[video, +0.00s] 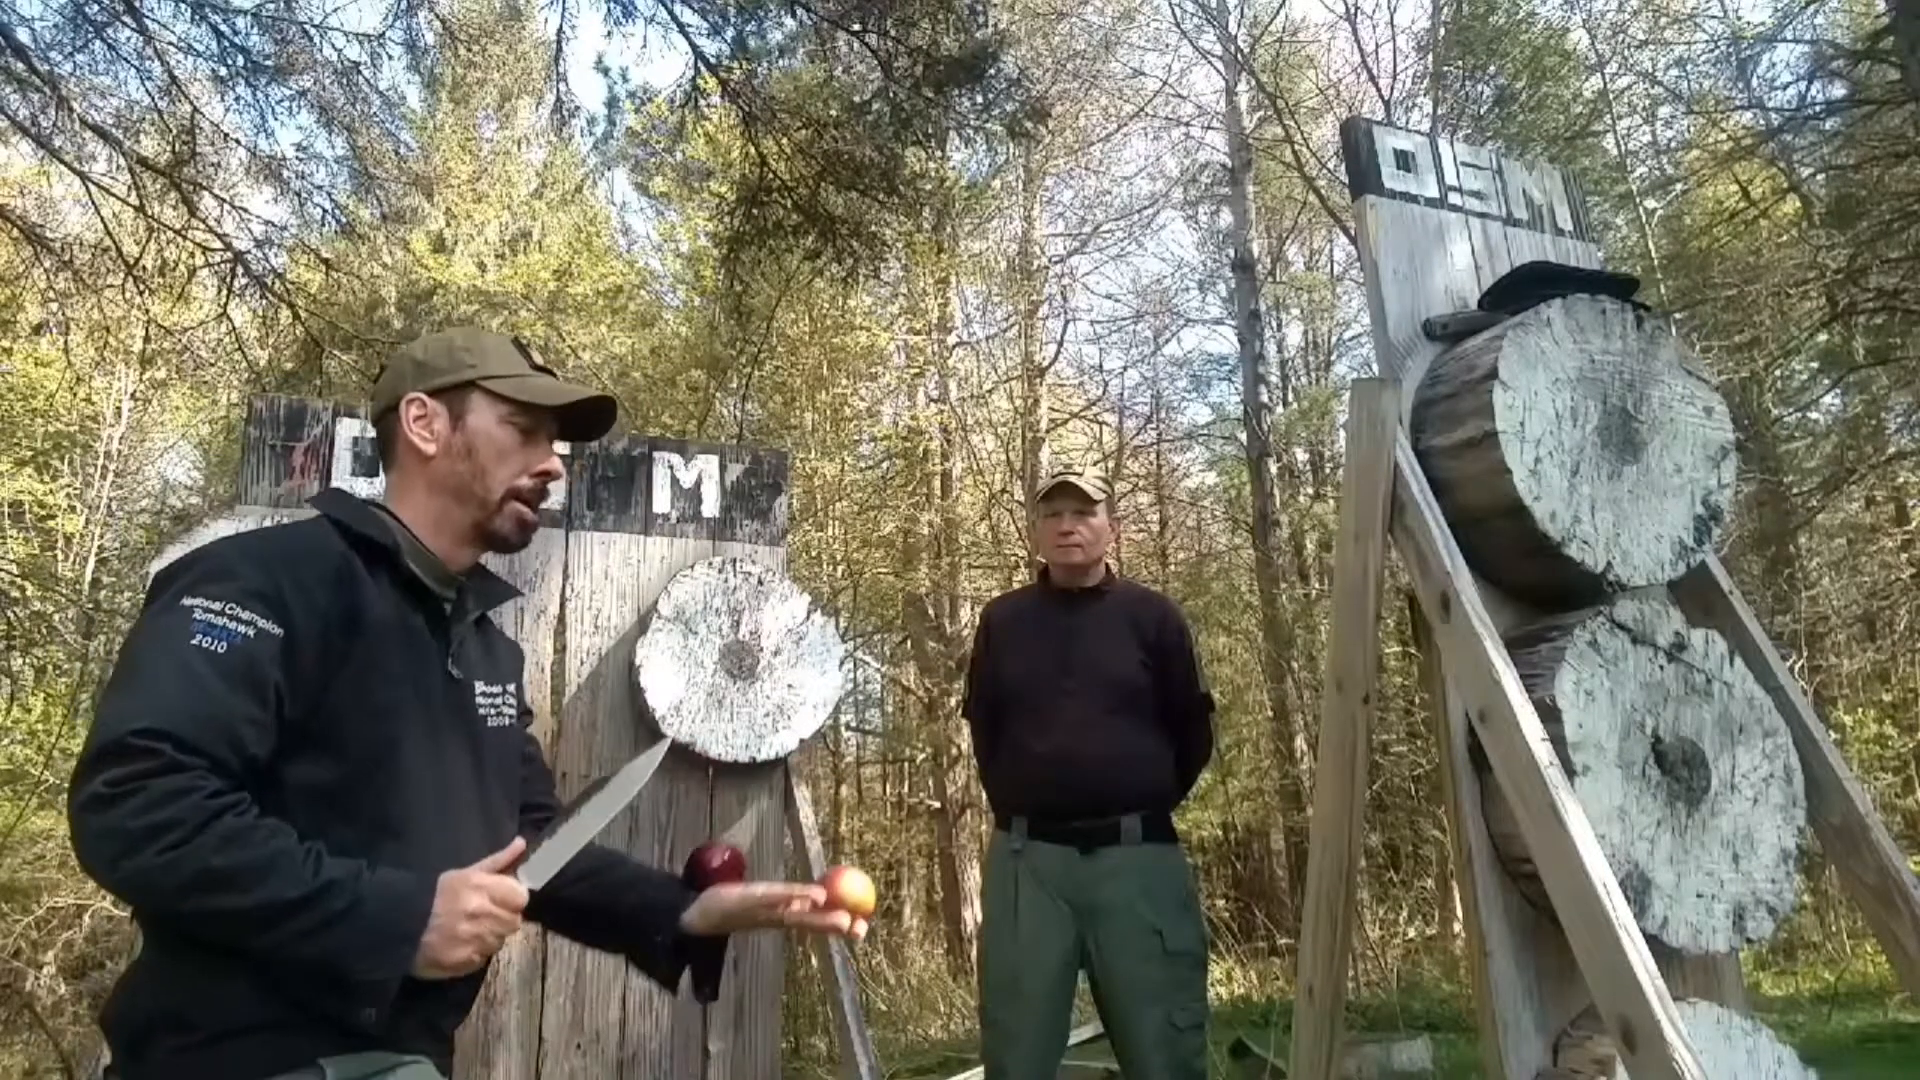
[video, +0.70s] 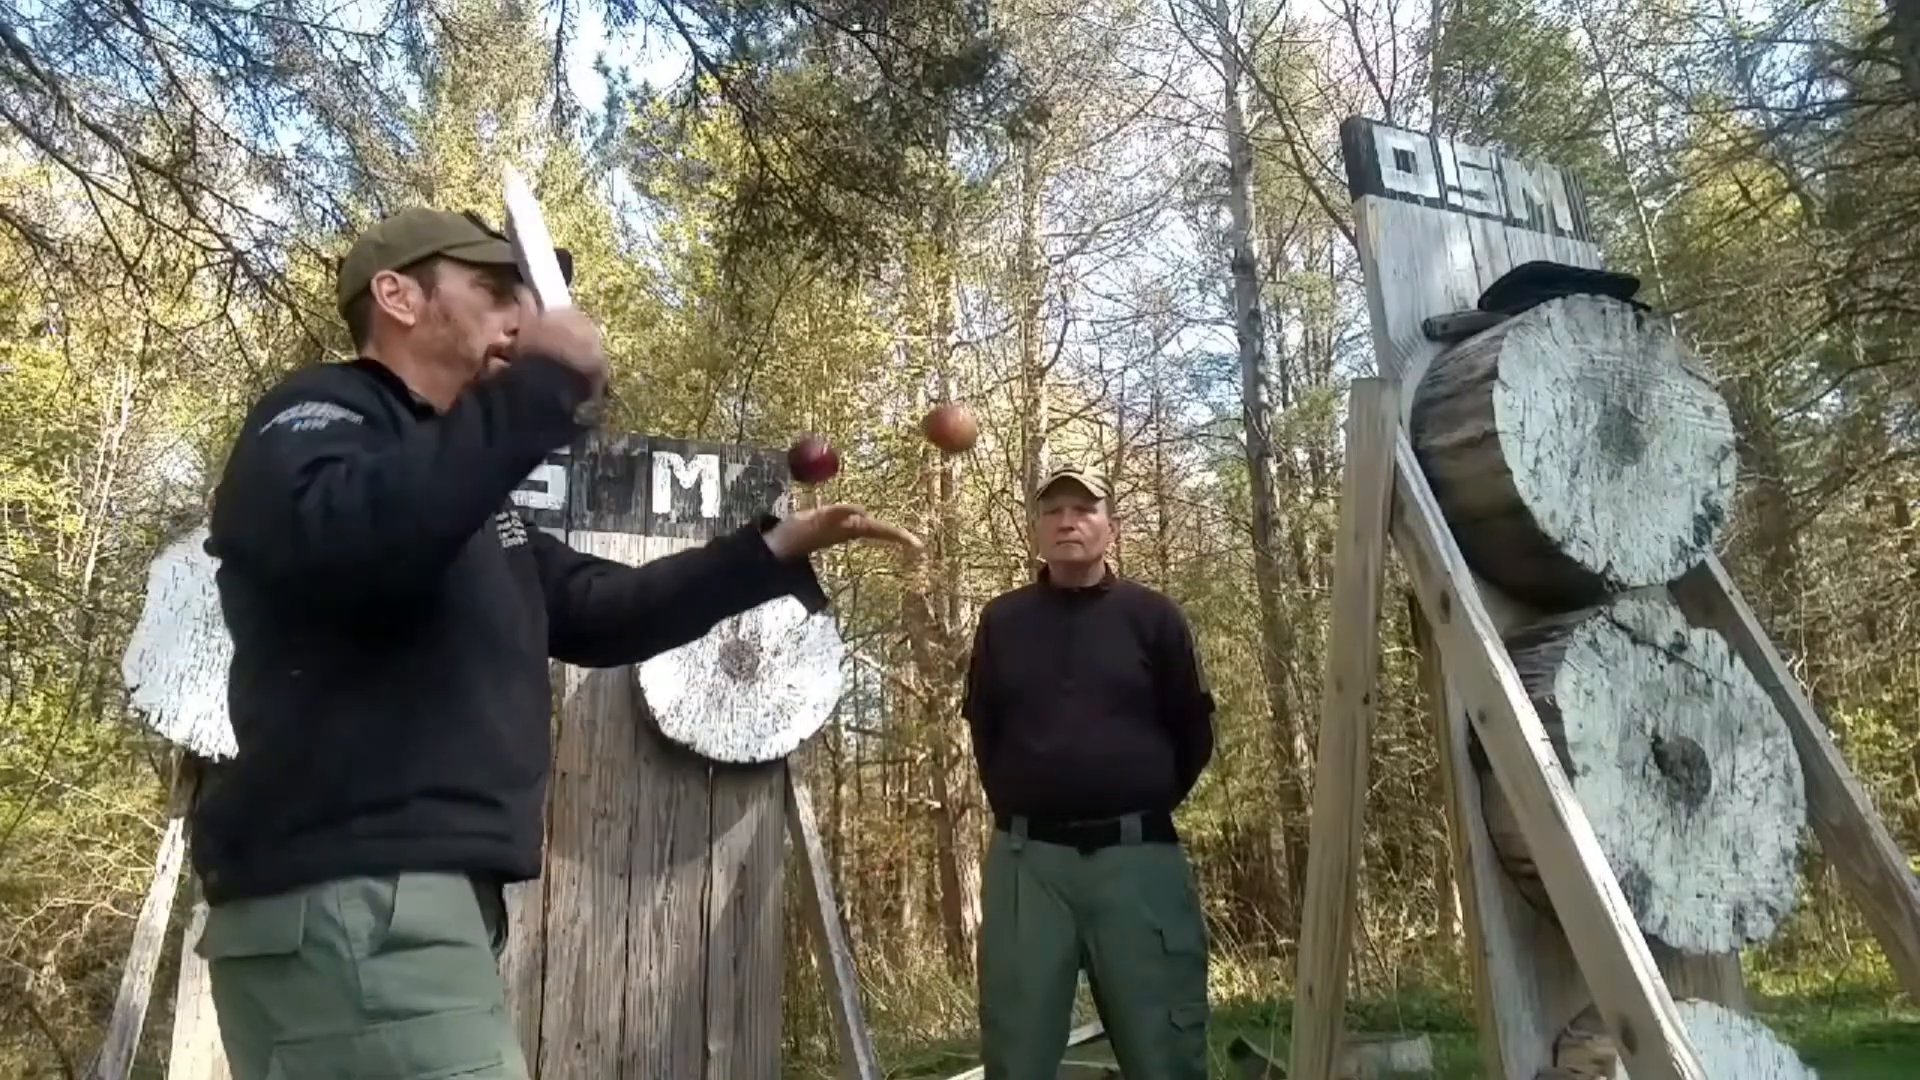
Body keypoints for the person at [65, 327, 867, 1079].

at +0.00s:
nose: (554, 464)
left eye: (558, 441)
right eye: (527, 429)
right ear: (425, 426)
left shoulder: (486, 644)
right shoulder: (265, 574)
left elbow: (530, 848)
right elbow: (137, 807)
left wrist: (697, 911)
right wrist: (399, 917)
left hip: (406, 1050)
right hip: (237, 1050)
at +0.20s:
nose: (552, 450)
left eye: (555, 424)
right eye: (523, 412)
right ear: (420, 409)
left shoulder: (487, 628)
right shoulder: (264, 558)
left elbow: (548, 816)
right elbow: (149, 788)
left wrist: (716, 851)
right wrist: (421, 874)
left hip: (408, 1038)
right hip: (260, 1037)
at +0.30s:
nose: (546, 425)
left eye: (547, 399)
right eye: (518, 392)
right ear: (418, 387)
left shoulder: (487, 598)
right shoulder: (263, 537)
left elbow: (561, 765)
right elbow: (164, 749)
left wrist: (757, 776)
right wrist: (456, 806)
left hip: (416, 1021)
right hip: (290, 1025)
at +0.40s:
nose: (541, 395)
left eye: (541, 371)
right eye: (510, 359)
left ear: (425, 368)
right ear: (413, 360)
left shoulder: (484, 569)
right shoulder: (277, 506)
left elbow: (579, 719)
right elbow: (196, 704)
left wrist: (769, 699)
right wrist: (492, 707)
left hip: (408, 992)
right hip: (323, 999)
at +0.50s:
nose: (537, 370)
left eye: (538, 347)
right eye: (507, 334)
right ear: (410, 336)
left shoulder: (478, 530)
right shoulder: (292, 468)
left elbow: (598, 665)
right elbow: (234, 649)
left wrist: (780, 631)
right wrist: (518, 600)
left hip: (411, 962)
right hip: (338, 970)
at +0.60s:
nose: (529, 340)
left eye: (528, 319)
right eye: (500, 311)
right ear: (403, 314)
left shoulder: (492, 492)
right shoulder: (298, 443)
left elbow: (604, 626)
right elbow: (276, 598)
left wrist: (780, 577)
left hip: (426, 927)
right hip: (340, 932)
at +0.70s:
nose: (522, 321)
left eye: (522, 300)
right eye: (494, 291)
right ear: (398, 297)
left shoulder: (465, 483)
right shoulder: (316, 412)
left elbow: (594, 609)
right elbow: (344, 532)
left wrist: (774, 551)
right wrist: (543, 387)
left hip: (422, 905)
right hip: (349, 906)